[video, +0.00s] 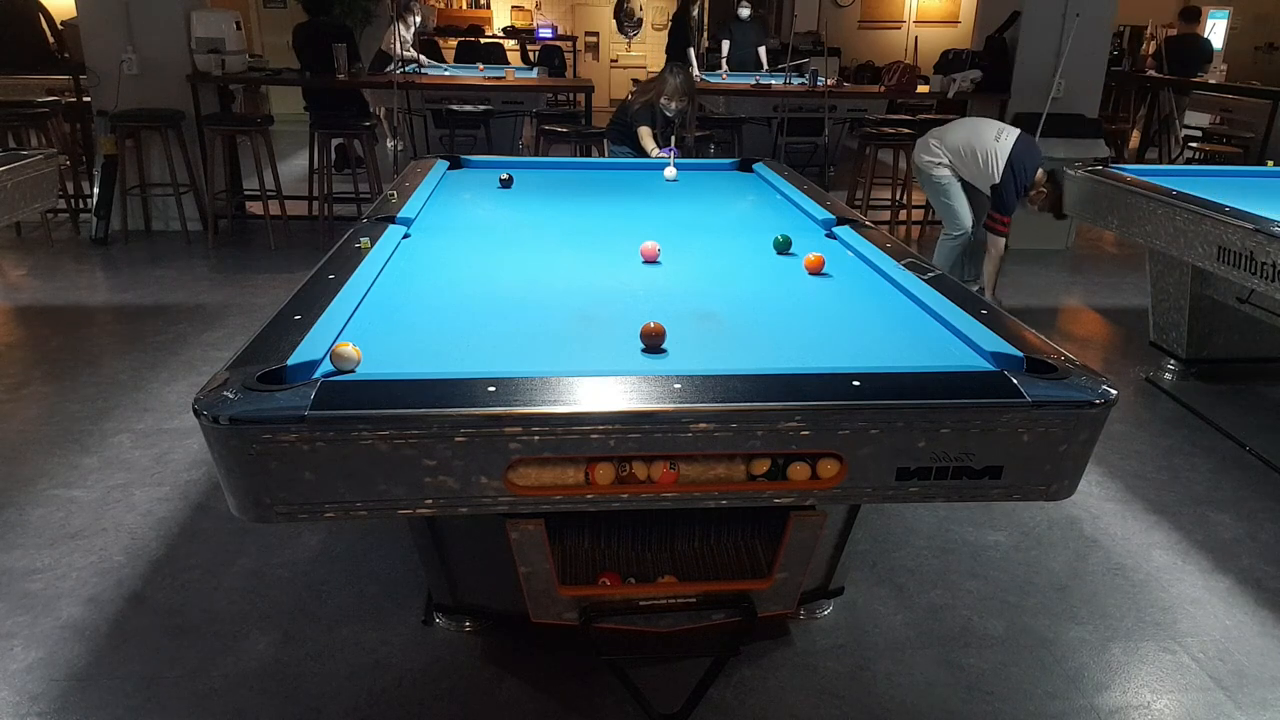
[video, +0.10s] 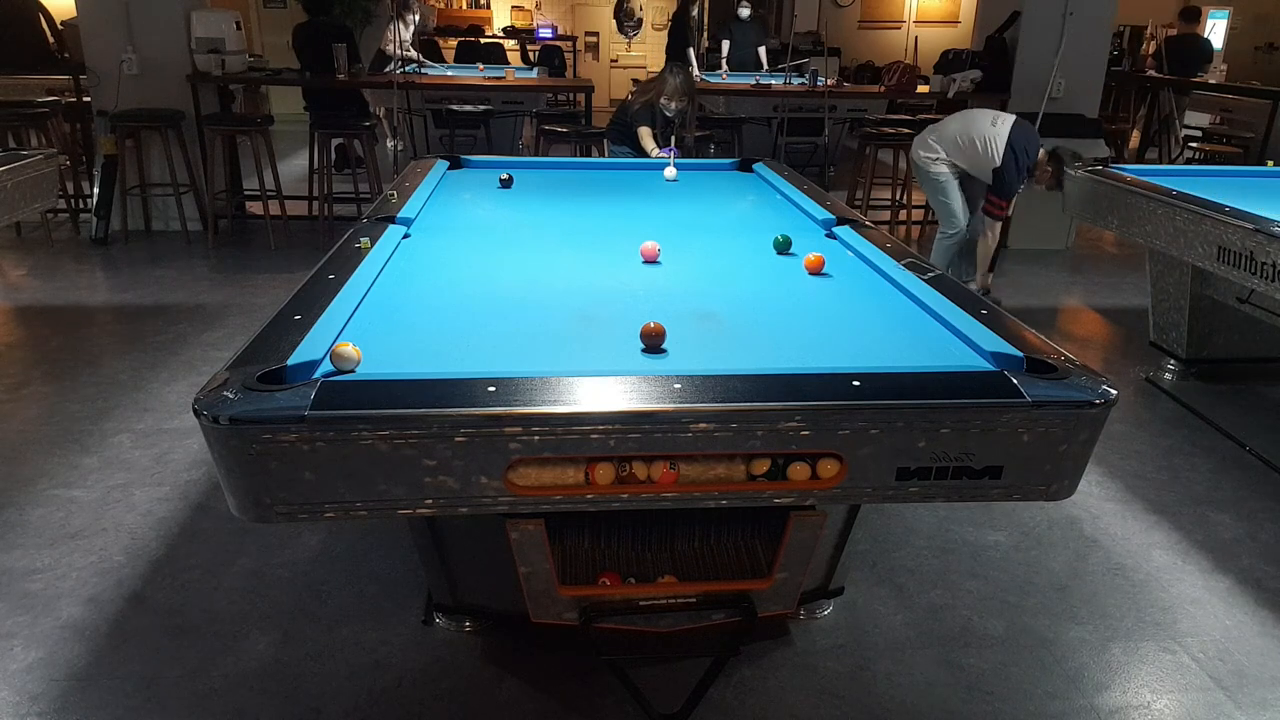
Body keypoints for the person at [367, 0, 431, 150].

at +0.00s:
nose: (416, 18)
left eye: (417, 14)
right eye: (413, 15)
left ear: (419, 16)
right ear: (404, 15)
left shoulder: (410, 29)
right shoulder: (395, 29)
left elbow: (407, 48)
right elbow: (396, 53)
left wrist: (419, 57)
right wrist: (417, 57)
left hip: (394, 70)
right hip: (379, 73)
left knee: (395, 106)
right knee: (386, 108)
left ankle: (397, 136)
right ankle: (390, 139)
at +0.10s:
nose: (416, 16)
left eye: (417, 12)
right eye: (412, 13)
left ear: (418, 12)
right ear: (403, 12)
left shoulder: (412, 25)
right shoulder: (394, 26)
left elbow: (406, 46)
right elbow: (388, 49)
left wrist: (417, 56)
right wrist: (409, 56)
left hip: (395, 69)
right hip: (379, 72)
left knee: (394, 106)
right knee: (384, 108)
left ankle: (396, 135)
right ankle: (390, 138)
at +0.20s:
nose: (413, 17)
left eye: (415, 13)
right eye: (409, 13)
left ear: (417, 13)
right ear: (402, 12)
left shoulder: (411, 26)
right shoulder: (391, 27)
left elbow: (406, 43)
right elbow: (384, 48)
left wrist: (413, 53)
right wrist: (405, 56)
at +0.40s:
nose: (410, 14)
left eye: (412, 11)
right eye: (406, 11)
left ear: (414, 12)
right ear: (400, 11)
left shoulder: (410, 26)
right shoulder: (390, 24)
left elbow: (406, 43)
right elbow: (381, 45)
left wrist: (415, 54)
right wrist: (398, 60)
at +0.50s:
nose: (410, 14)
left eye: (411, 11)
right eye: (406, 11)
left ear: (413, 11)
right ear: (398, 11)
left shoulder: (410, 26)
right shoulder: (390, 23)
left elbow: (404, 43)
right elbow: (380, 43)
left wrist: (414, 53)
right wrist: (394, 60)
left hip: (397, 64)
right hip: (382, 65)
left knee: (394, 104)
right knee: (384, 106)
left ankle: (395, 135)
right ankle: (390, 138)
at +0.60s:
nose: (410, 13)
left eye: (411, 10)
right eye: (407, 10)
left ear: (413, 11)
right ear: (399, 11)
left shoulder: (410, 26)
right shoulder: (390, 22)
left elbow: (403, 42)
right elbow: (380, 43)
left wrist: (413, 51)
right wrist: (393, 60)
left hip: (397, 64)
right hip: (382, 66)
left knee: (396, 103)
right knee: (385, 106)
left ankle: (395, 136)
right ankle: (390, 138)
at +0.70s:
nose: (409, 13)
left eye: (411, 10)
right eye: (406, 10)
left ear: (413, 11)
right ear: (398, 10)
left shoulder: (410, 26)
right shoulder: (390, 21)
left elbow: (403, 42)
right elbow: (380, 43)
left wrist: (412, 51)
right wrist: (393, 60)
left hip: (397, 64)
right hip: (382, 65)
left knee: (396, 103)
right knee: (385, 106)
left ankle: (395, 136)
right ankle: (390, 138)